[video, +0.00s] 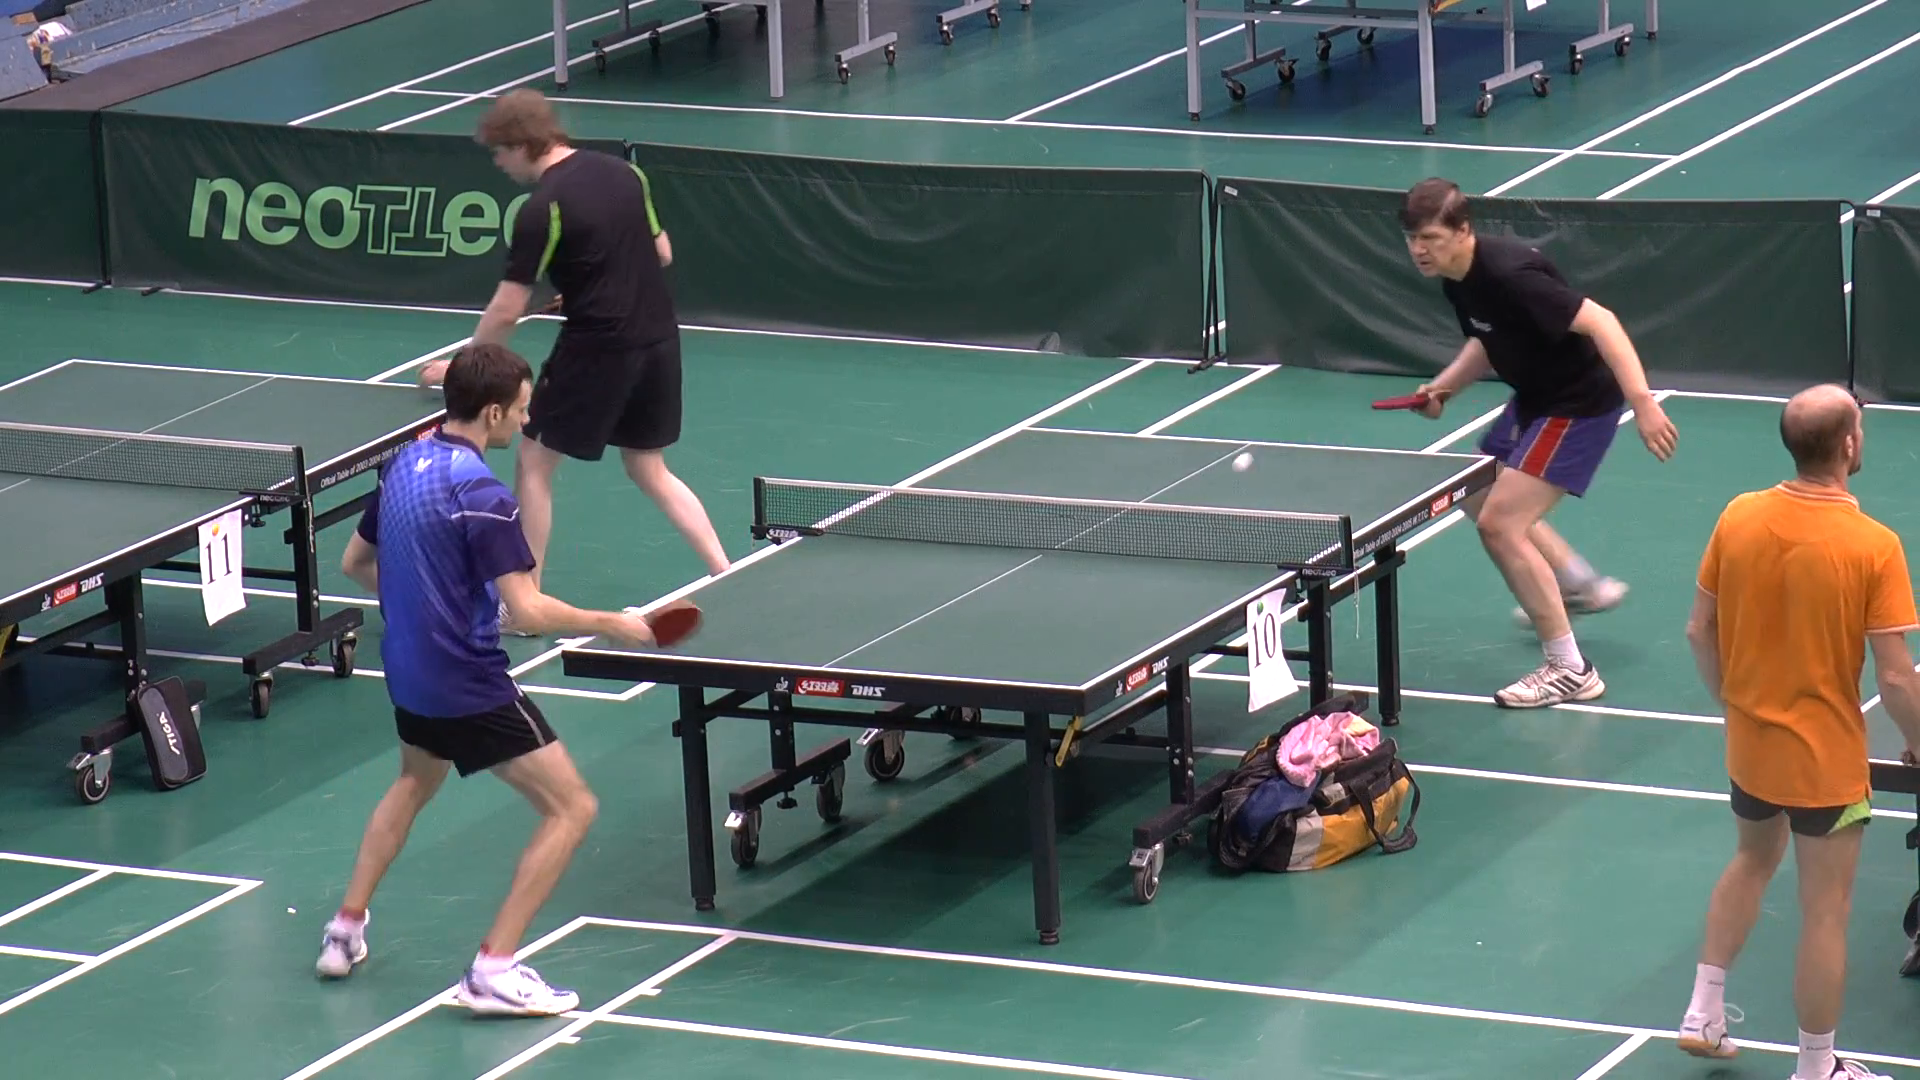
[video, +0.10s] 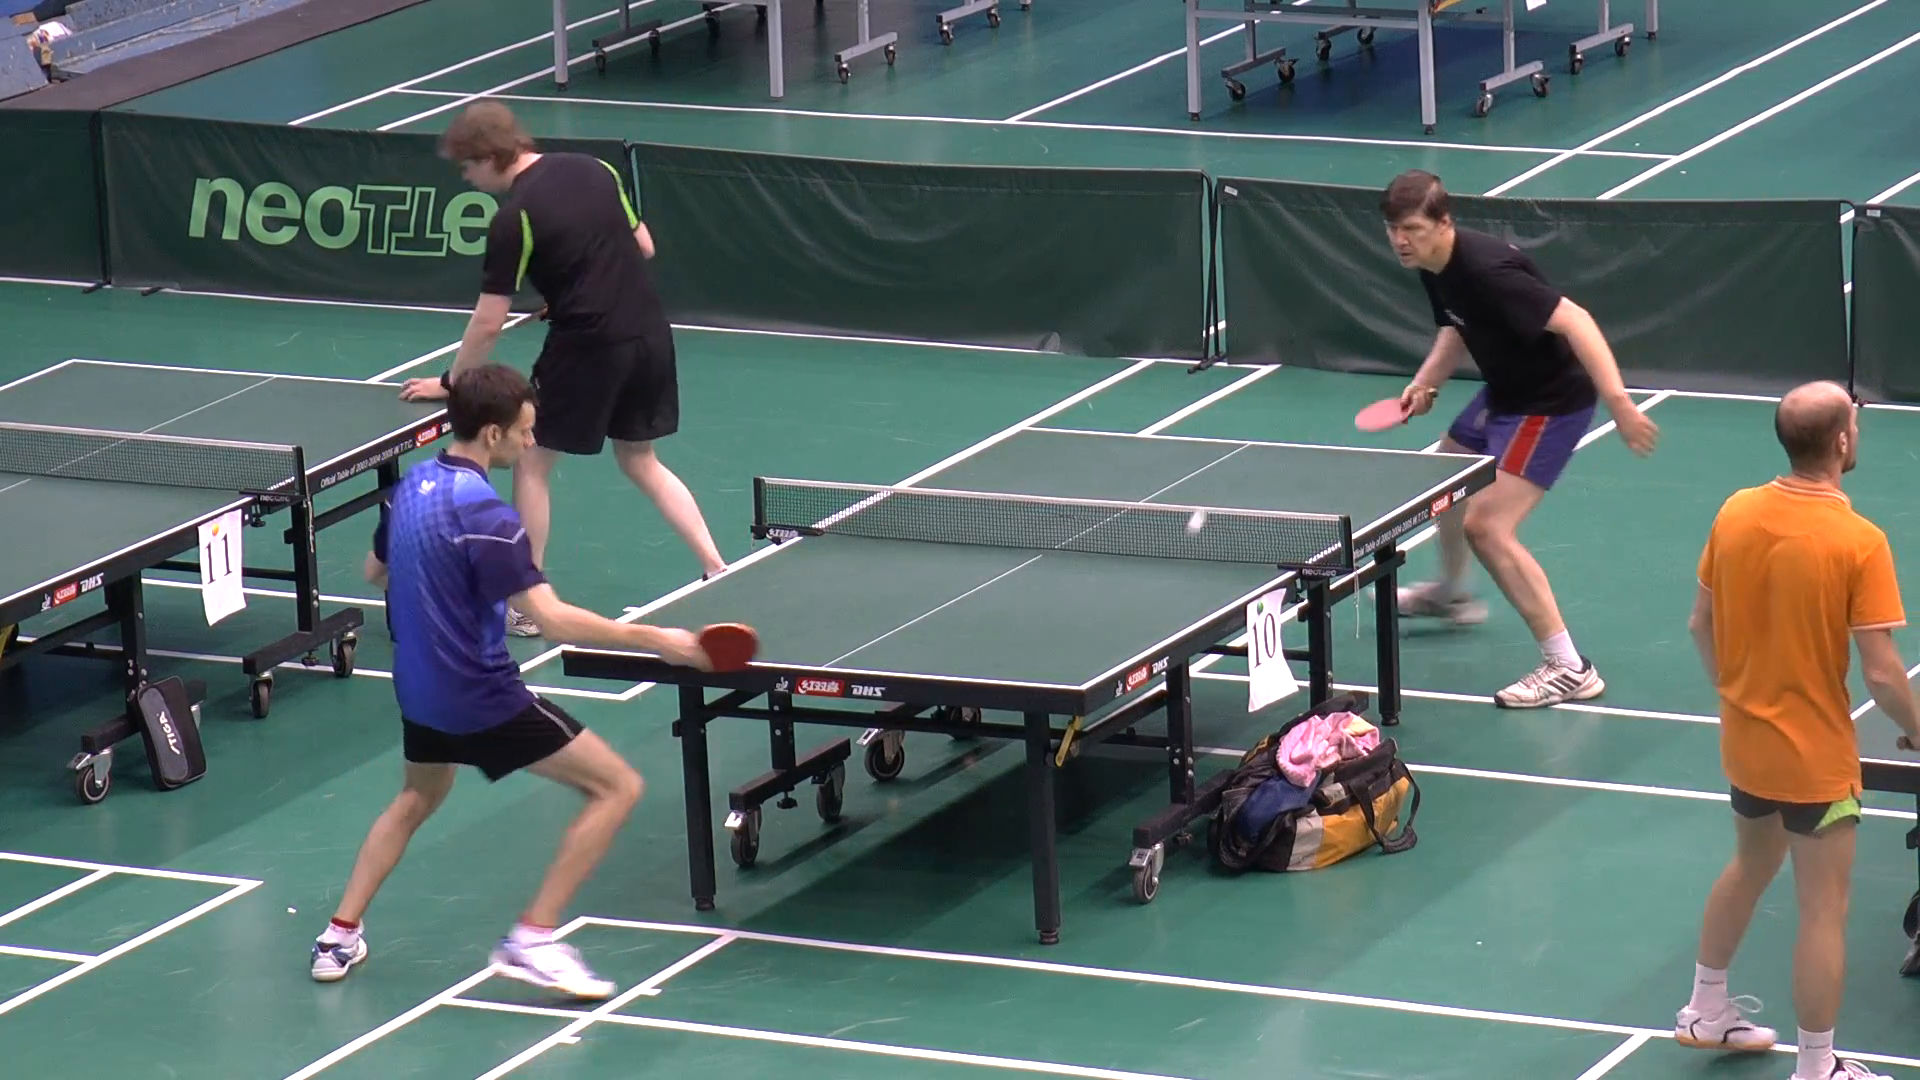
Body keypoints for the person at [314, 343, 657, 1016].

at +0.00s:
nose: (524, 418)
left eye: (524, 406)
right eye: (521, 406)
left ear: (458, 402)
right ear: (493, 410)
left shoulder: (404, 460)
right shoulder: (481, 490)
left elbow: (357, 562)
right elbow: (525, 609)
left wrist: (424, 595)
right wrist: (613, 623)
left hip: (408, 676)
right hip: (469, 686)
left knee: (416, 778)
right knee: (572, 808)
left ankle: (346, 926)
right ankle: (495, 966)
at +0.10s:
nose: (530, 440)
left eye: (530, 428)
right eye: (525, 428)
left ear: (467, 425)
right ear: (495, 430)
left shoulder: (412, 481)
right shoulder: (488, 513)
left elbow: (376, 573)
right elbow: (550, 617)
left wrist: (467, 598)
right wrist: (657, 638)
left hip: (418, 693)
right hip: (481, 699)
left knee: (418, 794)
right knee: (619, 786)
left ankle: (339, 934)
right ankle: (535, 936)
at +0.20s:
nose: (568, 456)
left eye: (568, 444)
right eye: (563, 445)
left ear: (512, 442)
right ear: (525, 445)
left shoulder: (451, 488)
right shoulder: (528, 525)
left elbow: (404, 553)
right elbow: (620, 608)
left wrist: (496, 581)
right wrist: (735, 621)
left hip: (438, 702)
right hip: (503, 706)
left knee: (421, 802)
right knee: (658, 769)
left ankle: (340, 933)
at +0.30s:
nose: (647, 457)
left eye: (647, 444)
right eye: (639, 446)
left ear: (576, 442)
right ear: (597, 445)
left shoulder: (513, 479)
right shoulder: (594, 521)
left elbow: (437, 524)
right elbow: (707, 589)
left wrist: (496, 546)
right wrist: (829, 600)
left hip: (479, 700)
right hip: (552, 703)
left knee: (426, 805)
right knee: (708, 767)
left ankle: (339, 935)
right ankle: (784, 927)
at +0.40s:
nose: (737, 469)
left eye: (739, 456)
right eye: (732, 457)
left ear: (669, 442)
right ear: (693, 450)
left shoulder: (596, 472)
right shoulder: (695, 523)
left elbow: (497, 503)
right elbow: (810, 594)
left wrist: (442, 526)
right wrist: (920, 600)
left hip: (544, 688)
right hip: (622, 697)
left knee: (458, 793)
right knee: (766, 779)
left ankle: (359, 924)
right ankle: (859, 938)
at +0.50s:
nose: (830, 477)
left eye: (827, 464)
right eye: (825, 466)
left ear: (757, 460)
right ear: (795, 471)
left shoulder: (680, 491)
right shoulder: (790, 546)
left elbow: (562, 515)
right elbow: (905, 611)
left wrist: (467, 537)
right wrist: (1005, 614)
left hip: (604, 694)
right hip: (688, 708)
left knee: (508, 795)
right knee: (847, 769)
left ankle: (402, 919)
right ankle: (885, 939)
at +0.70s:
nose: (909, 485)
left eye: (904, 473)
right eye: (909, 477)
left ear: (838, 462)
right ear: (892, 485)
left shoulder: (767, 498)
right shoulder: (882, 560)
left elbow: (659, 548)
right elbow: (972, 625)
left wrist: (548, 593)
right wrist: (1027, 607)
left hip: (690, 705)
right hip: (780, 722)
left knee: (586, 816)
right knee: (926, 767)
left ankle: (482, 942)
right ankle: (890, 939)